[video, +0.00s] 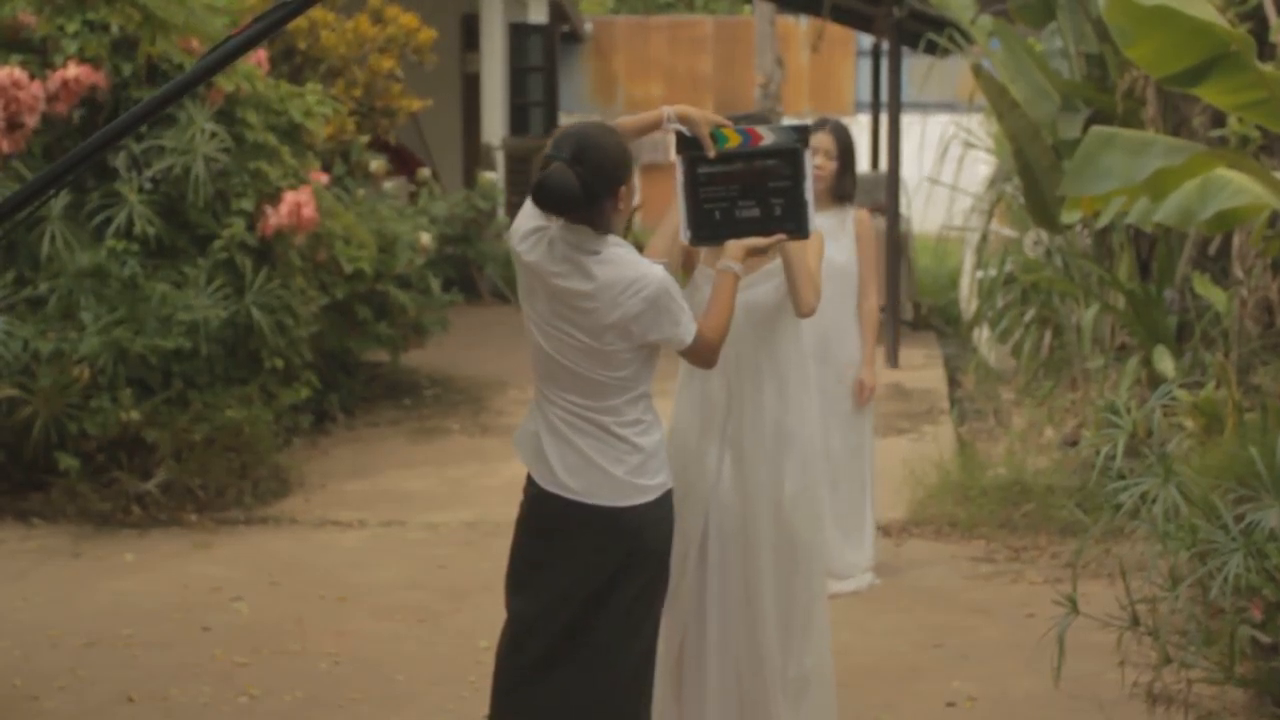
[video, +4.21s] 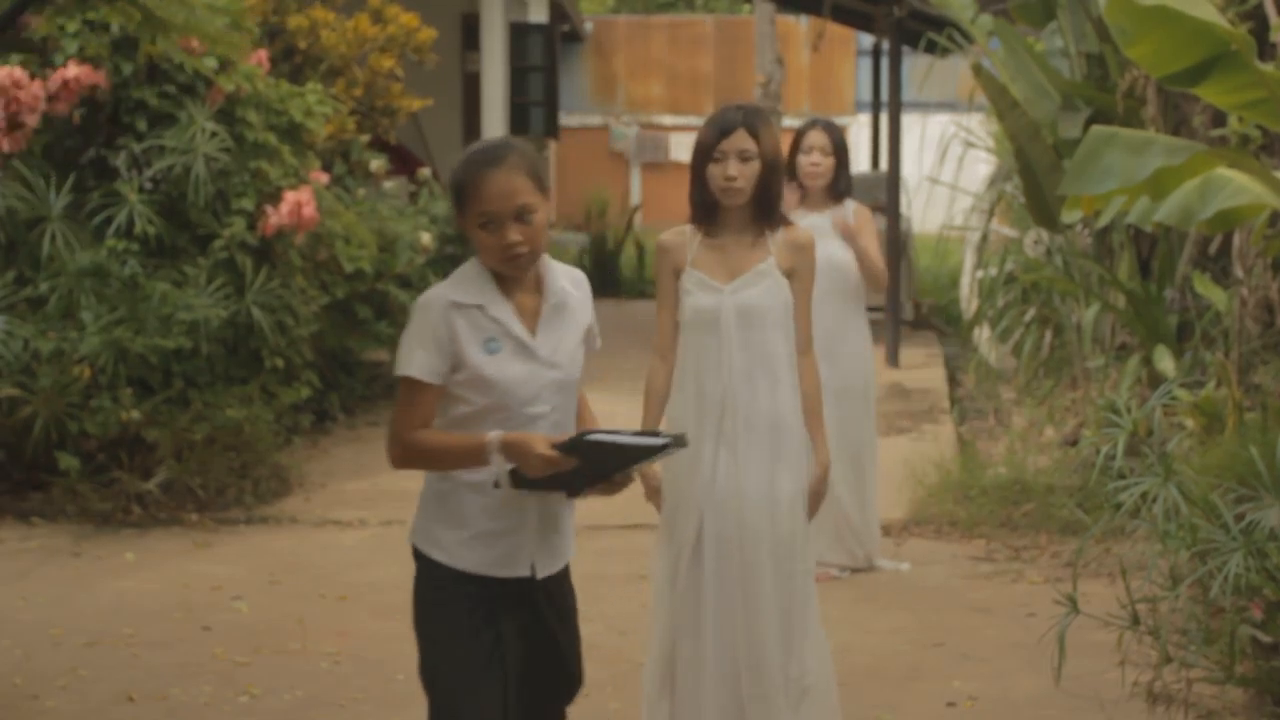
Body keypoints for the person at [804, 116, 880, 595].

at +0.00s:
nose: (817, 164)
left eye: (827, 156)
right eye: (811, 153)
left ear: (844, 166)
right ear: (798, 159)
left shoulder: (857, 221)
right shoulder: (781, 213)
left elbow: (869, 296)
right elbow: (756, 289)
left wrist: (867, 362)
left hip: (834, 355)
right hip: (781, 355)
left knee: (835, 456)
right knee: (782, 457)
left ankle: (840, 560)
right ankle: (783, 561)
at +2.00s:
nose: (834, 205)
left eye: (842, 197)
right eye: (826, 197)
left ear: (854, 194)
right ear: (809, 194)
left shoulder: (864, 227)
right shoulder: (792, 227)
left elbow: (887, 278)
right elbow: (764, 284)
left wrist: (902, 338)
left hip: (843, 359)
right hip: (791, 363)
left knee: (841, 456)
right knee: (790, 460)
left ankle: (838, 550)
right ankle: (796, 555)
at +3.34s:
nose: (832, 183)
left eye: (841, 175)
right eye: (824, 174)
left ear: (850, 176)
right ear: (805, 173)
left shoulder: (857, 220)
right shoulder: (786, 221)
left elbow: (873, 288)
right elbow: (771, 293)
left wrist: (888, 354)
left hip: (845, 353)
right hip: (795, 354)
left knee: (844, 450)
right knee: (802, 451)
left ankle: (850, 547)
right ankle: (812, 552)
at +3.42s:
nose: (834, 180)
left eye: (842, 170)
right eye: (824, 170)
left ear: (853, 171)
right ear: (804, 169)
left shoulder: (857, 219)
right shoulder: (785, 217)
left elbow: (873, 288)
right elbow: (777, 283)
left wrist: (886, 354)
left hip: (846, 347)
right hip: (796, 348)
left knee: (845, 445)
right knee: (802, 445)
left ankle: (849, 545)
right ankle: (807, 550)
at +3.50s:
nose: (830, 174)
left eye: (837, 164)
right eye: (819, 164)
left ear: (848, 163)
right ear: (800, 164)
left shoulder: (855, 210)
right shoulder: (782, 210)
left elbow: (871, 285)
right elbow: (770, 280)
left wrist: (882, 353)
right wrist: (775, 346)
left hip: (844, 345)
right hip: (794, 343)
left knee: (841, 444)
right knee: (799, 444)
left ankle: (848, 545)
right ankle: (806, 549)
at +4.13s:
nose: (815, 160)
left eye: (825, 151)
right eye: (806, 151)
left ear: (840, 160)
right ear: (793, 159)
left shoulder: (857, 217)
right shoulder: (780, 217)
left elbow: (875, 280)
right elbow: (763, 275)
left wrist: (862, 298)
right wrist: (776, 309)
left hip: (845, 345)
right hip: (793, 344)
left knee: (849, 442)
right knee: (801, 440)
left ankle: (851, 544)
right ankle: (807, 546)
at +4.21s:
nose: (815, 161)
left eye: (825, 153)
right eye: (807, 152)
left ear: (839, 161)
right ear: (793, 160)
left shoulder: (855, 215)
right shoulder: (780, 214)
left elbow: (880, 282)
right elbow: (762, 275)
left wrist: (855, 241)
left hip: (845, 340)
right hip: (792, 338)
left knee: (848, 439)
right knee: (797, 437)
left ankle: (848, 545)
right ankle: (806, 545)